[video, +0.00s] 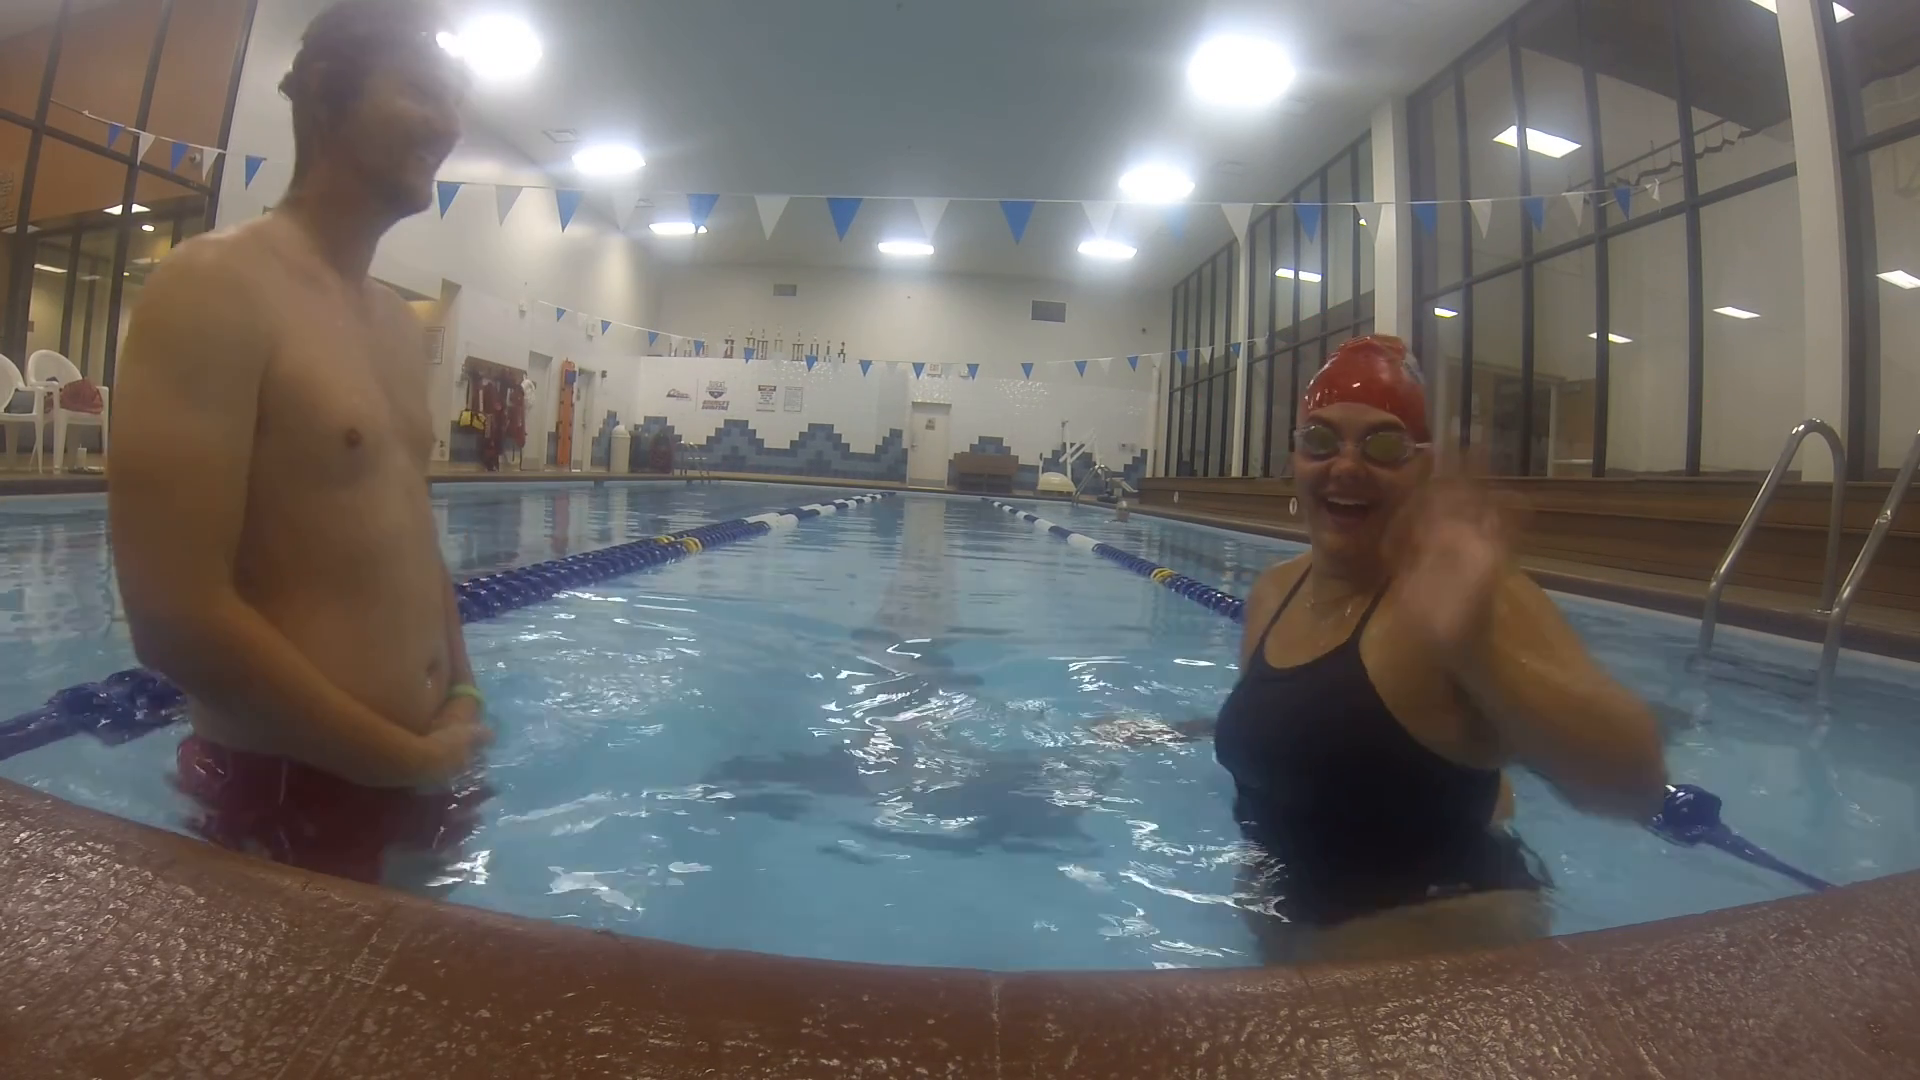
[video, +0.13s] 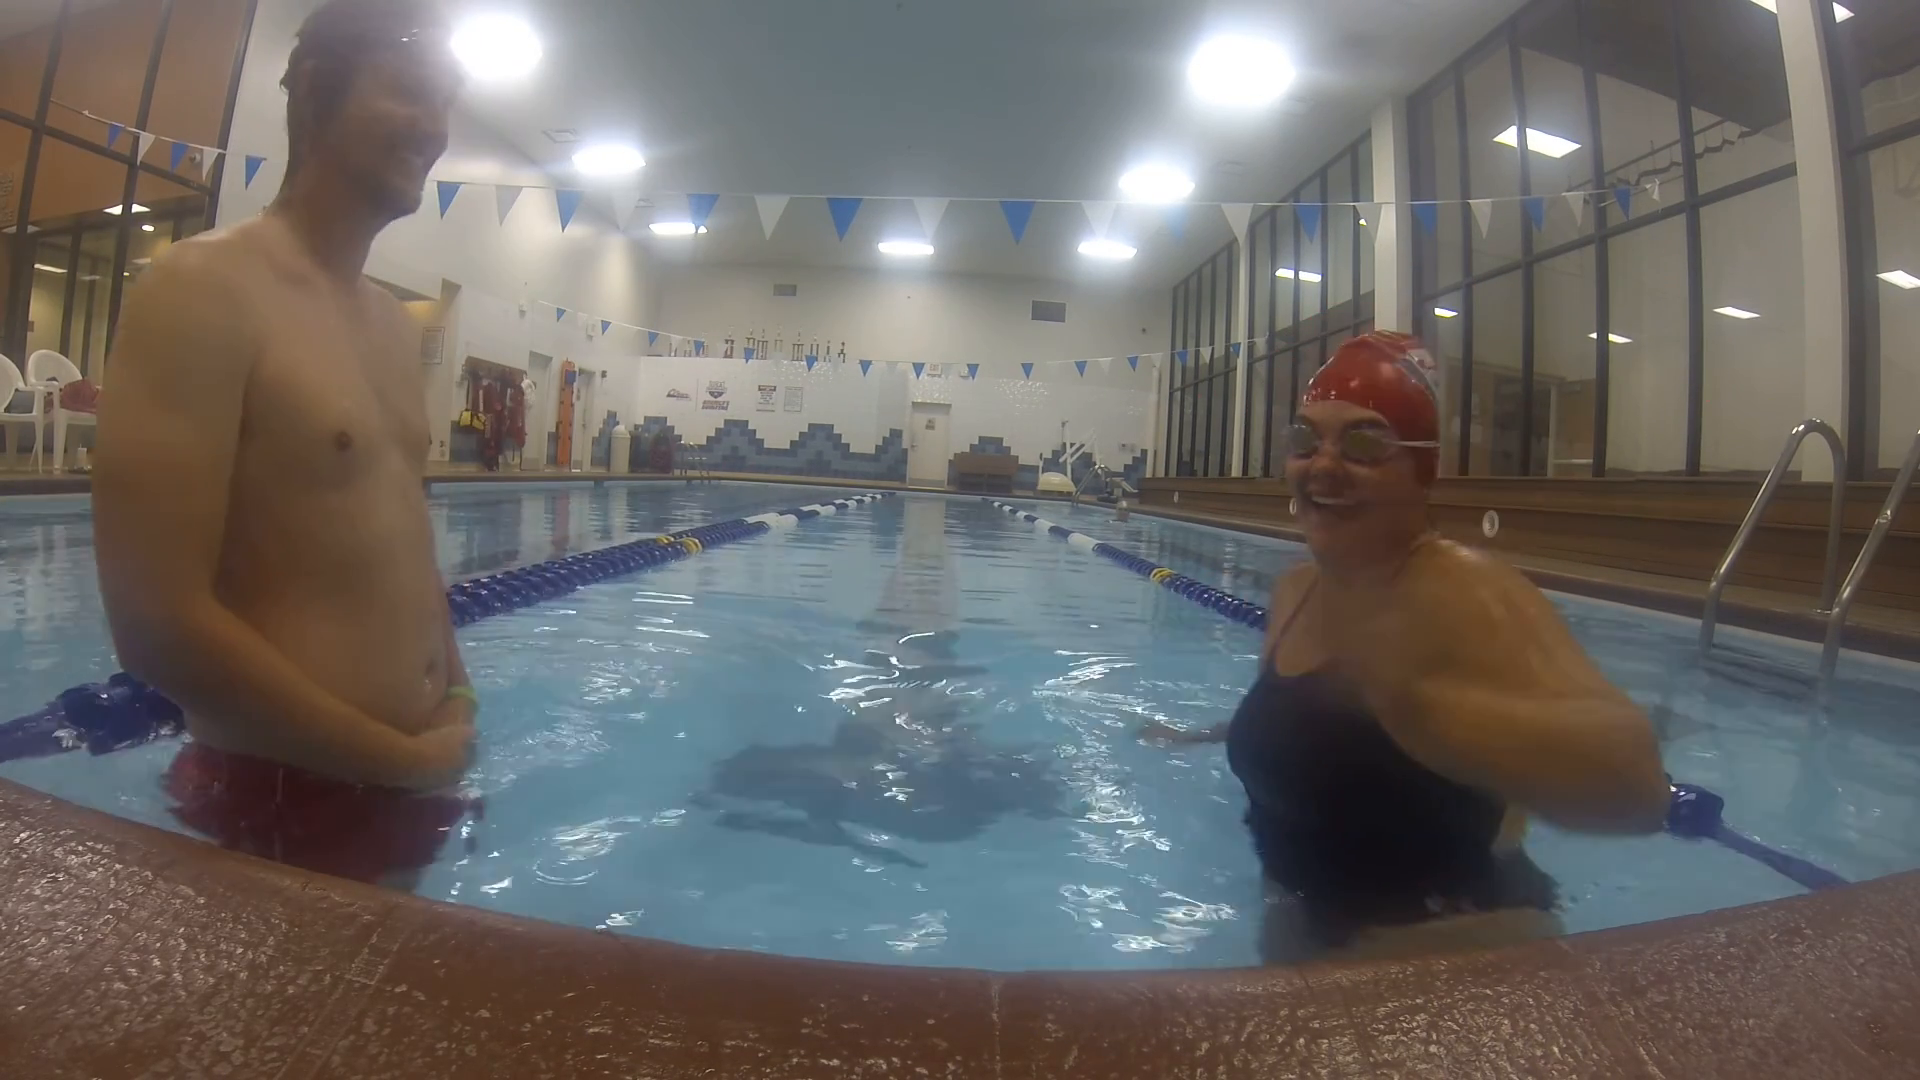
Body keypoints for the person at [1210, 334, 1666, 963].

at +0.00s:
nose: (1345, 468)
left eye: (1383, 446)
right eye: (1320, 442)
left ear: (1428, 468)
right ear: (1294, 459)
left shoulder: (1469, 595)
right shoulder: (1276, 593)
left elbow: (1634, 783)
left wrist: (1476, 650)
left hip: (1446, 955)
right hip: (1299, 943)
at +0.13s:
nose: (1324, 465)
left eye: (1363, 444)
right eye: (1308, 440)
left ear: (1424, 471)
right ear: (1289, 458)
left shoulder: (1474, 594)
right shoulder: (1297, 591)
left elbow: (1635, 782)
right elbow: (1307, 727)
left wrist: (1425, 715)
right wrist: (1203, 739)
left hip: (1452, 962)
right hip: (1309, 949)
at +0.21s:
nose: (1300, 467)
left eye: (1339, 443)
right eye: (1293, 442)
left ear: (1420, 470)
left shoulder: (1458, 596)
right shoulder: (1319, 595)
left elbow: (1615, 796)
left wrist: (1342, 732)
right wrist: (1269, 713)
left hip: (1446, 976)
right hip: (1323, 950)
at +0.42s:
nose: (1281, 461)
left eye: (1299, 436)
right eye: (1289, 436)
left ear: (1370, 459)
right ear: (1374, 462)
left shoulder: (1426, 588)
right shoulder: (1430, 576)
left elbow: (1487, 850)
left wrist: (1249, 788)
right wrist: (1265, 780)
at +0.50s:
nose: (1290, 456)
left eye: (1304, 431)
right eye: (1298, 431)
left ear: (1360, 453)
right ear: (1369, 454)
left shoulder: (1399, 587)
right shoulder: (1458, 561)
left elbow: (1423, 852)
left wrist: (1224, 801)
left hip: (1372, 967)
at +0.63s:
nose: (1302, 445)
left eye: (1314, 420)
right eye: (1311, 420)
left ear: (1354, 443)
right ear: (1439, 447)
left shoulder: (1359, 581)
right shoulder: (1503, 566)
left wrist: (1189, 792)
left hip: (1372, 950)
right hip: (1489, 935)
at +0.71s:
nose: (1306, 438)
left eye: (1317, 414)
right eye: (1315, 414)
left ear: (1351, 435)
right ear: (1445, 445)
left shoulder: (1338, 568)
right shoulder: (1515, 569)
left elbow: (1285, 806)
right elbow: (1536, 753)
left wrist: (1169, 797)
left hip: (1373, 947)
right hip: (1504, 927)